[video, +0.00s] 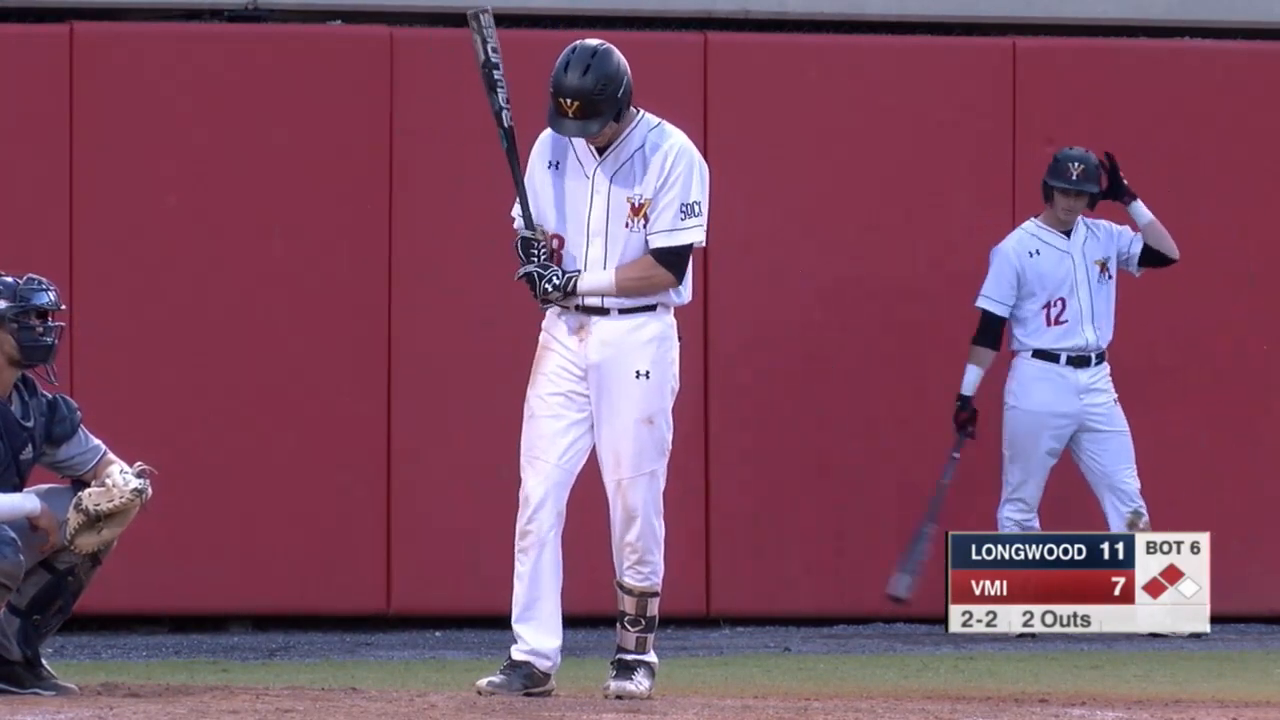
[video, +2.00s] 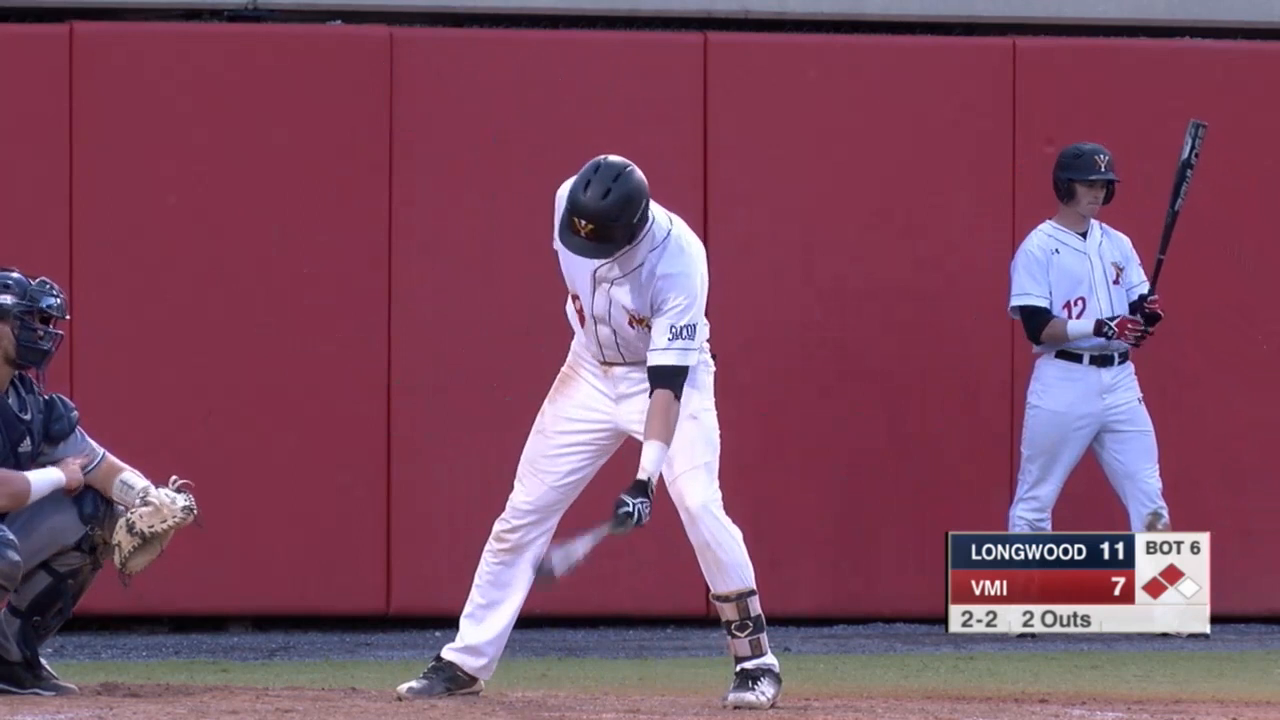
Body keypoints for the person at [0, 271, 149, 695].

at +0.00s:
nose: (37, 328)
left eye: (40, 318)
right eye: (23, 319)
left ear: (46, 325)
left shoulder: (38, 406)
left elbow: (97, 461)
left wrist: (125, 483)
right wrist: (26, 505)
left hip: (9, 523)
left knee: (97, 510)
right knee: (12, 544)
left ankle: (15, 651)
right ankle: (8, 652)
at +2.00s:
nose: (40, 332)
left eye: (43, 323)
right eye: (28, 320)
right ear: (1, 323)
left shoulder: (34, 403)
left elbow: (102, 467)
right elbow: (8, 492)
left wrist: (151, 497)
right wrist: (59, 475)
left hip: (12, 532)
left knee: (95, 513)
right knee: (10, 559)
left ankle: (15, 652)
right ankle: (10, 653)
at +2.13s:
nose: (39, 333)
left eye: (44, 324)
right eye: (26, 321)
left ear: (51, 329)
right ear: (0, 324)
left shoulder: (35, 406)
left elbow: (99, 464)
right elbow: (5, 489)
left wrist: (145, 491)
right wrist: (78, 487)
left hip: (6, 528)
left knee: (94, 520)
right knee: (7, 556)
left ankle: (13, 651)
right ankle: (7, 651)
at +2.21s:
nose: (40, 336)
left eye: (45, 327)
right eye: (28, 324)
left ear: (51, 333)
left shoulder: (34, 405)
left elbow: (104, 468)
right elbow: (4, 485)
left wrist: (146, 488)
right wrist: (84, 496)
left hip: (8, 525)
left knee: (92, 522)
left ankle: (13, 651)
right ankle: (9, 652)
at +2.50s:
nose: (30, 339)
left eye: (38, 331)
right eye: (20, 327)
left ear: (48, 336)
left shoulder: (39, 408)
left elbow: (106, 469)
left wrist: (159, 498)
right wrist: (4, 463)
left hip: (6, 535)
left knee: (94, 510)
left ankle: (14, 650)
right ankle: (11, 651)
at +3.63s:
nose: (31, 328)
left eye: (34, 318)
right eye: (21, 316)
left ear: (37, 326)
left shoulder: (37, 408)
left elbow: (112, 471)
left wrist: (186, 522)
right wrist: (16, 393)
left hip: (4, 531)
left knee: (98, 516)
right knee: (6, 563)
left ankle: (12, 650)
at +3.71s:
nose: (28, 326)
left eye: (33, 316)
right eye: (17, 315)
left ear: (40, 325)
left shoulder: (33, 399)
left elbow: (103, 468)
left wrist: (185, 526)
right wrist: (22, 411)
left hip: (5, 532)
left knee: (96, 516)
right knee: (8, 564)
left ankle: (13, 652)